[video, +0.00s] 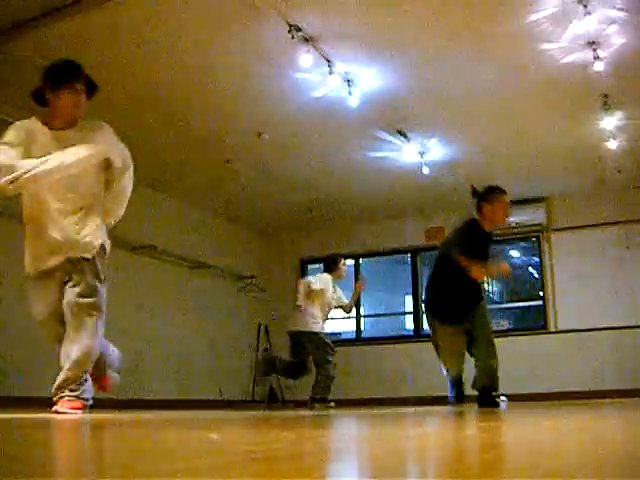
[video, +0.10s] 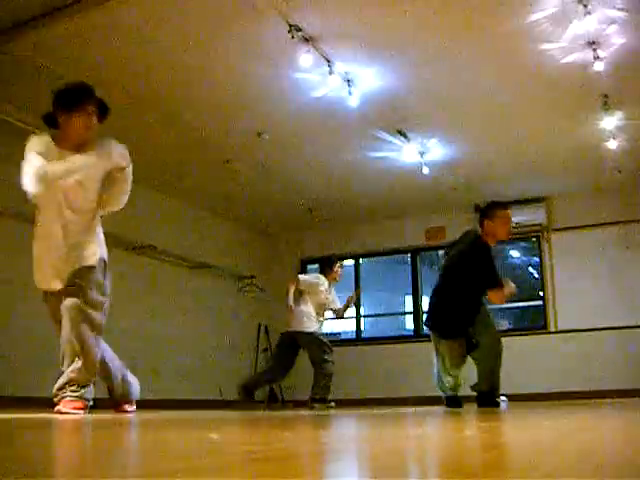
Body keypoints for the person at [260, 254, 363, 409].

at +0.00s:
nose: (345, 269)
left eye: (344, 265)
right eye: (342, 265)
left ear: (333, 268)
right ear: (334, 267)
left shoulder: (334, 290)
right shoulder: (324, 278)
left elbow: (347, 309)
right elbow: (302, 283)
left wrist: (356, 293)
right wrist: (300, 301)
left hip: (297, 327)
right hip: (309, 326)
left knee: (300, 368)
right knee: (327, 359)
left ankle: (271, 363)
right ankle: (319, 398)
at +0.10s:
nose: (340, 271)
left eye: (340, 268)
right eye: (338, 268)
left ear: (332, 270)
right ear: (330, 270)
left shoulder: (329, 292)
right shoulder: (318, 280)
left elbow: (339, 313)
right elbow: (293, 283)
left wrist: (349, 303)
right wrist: (290, 302)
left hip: (294, 326)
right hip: (305, 324)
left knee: (280, 367)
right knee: (324, 359)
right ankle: (320, 399)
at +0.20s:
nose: (334, 285)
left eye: (334, 281)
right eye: (332, 281)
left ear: (318, 280)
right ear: (325, 281)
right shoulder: (314, 290)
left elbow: (308, 321)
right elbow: (292, 300)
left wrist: (317, 338)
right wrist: (303, 316)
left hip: (281, 334)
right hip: (298, 332)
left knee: (271, 376)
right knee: (324, 359)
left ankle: (241, 402)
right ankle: (319, 399)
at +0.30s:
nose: (327, 290)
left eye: (328, 286)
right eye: (326, 286)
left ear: (310, 285)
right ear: (320, 286)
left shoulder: (296, 298)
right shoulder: (314, 296)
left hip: (278, 338)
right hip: (297, 337)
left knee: (273, 377)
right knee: (325, 358)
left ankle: (241, 400)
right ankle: (320, 399)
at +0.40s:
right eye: (317, 272)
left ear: (297, 270)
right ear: (315, 272)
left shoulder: (285, 283)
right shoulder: (314, 286)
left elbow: (269, 276)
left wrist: (266, 297)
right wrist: (340, 300)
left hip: (279, 333)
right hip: (302, 332)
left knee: (269, 369)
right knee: (324, 361)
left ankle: (245, 398)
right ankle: (319, 397)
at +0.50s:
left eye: (288, 249)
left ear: (290, 249)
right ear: (311, 253)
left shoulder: (282, 262)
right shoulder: (314, 271)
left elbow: (270, 285)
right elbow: (325, 296)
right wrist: (308, 294)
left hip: (282, 312)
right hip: (307, 315)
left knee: (264, 352)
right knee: (311, 355)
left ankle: (253, 394)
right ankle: (319, 395)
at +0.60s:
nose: (285, 241)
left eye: (288, 238)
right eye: (286, 237)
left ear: (296, 241)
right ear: (302, 243)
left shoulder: (293, 254)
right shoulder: (304, 262)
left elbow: (289, 272)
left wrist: (272, 282)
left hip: (295, 305)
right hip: (311, 311)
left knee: (266, 330)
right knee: (294, 351)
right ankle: (309, 389)